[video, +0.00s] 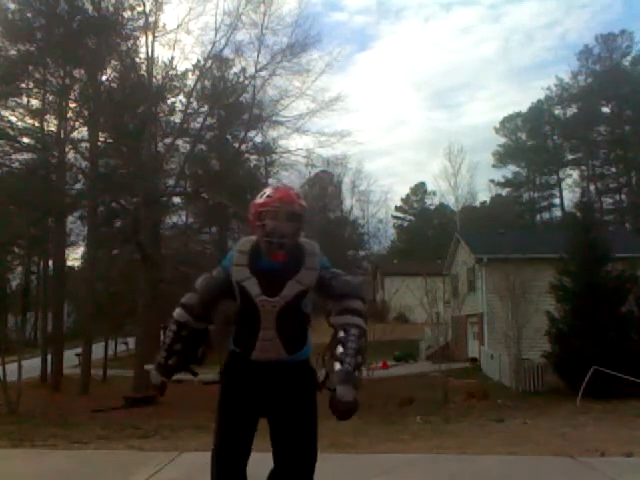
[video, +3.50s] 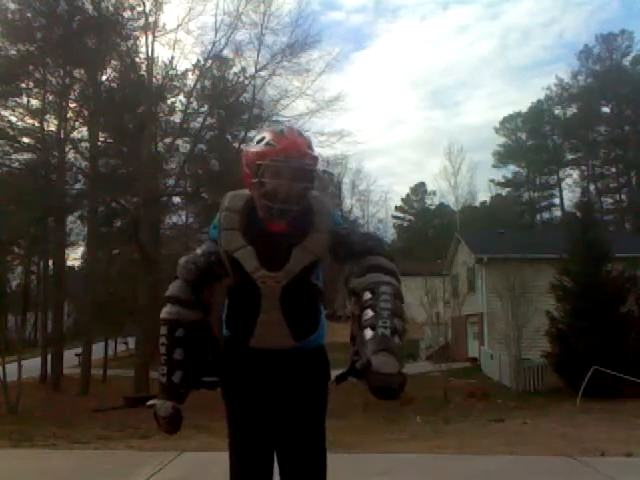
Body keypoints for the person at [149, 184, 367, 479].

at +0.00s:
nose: (283, 227)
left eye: (292, 219)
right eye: (275, 218)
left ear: (300, 225)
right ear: (259, 222)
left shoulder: (312, 261)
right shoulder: (238, 259)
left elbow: (348, 303)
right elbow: (198, 302)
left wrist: (346, 374)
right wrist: (170, 356)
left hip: (293, 375)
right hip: (242, 373)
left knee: (297, 465)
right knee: (227, 462)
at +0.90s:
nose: (272, 203)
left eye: (280, 195)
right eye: (264, 195)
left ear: (290, 201)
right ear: (248, 199)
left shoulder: (304, 242)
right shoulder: (225, 239)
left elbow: (335, 286)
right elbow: (199, 286)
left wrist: (332, 350)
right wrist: (211, 349)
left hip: (286, 359)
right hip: (236, 359)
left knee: (297, 448)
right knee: (233, 452)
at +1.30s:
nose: (289, 201)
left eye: (297, 193)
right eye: (280, 192)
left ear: (308, 199)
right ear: (264, 198)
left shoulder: (322, 244)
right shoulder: (248, 236)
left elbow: (332, 298)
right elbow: (236, 285)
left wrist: (320, 348)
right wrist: (260, 341)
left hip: (303, 366)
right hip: (253, 364)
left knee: (311, 461)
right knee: (250, 464)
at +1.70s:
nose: (312, 191)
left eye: (320, 182)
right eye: (302, 182)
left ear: (331, 188)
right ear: (285, 187)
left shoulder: (349, 238)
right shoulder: (261, 233)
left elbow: (370, 298)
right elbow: (243, 292)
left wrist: (360, 364)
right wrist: (253, 364)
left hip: (322, 364)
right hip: (270, 361)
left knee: (316, 462)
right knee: (257, 462)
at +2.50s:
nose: (302, 179)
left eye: (312, 171)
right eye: (291, 170)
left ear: (325, 180)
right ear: (274, 180)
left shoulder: (342, 229)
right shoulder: (253, 229)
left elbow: (378, 274)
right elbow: (225, 287)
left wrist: (369, 346)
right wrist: (209, 343)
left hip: (323, 364)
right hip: (267, 363)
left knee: (318, 465)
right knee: (264, 462)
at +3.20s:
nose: (285, 196)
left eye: (298, 185)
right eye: (276, 183)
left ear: (313, 188)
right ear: (256, 184)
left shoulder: (330, 229)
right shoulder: (231, 228)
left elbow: (373, 284)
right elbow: (192, 291)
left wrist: (375, 378)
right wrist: (172, 380)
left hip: (307, 366)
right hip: (248, 367)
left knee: (307, 467)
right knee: (255, 468)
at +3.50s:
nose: (286, 188)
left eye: (297, 178)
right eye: (275, 175)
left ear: (310, 182)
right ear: (255, 176)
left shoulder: (325, 220)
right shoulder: (230, 221)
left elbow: (370, 264)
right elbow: (188, 291)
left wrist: (380, 341)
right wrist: (171, 384)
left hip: (303, 362)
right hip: (244, 362)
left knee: (305, 466)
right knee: (248, 467)